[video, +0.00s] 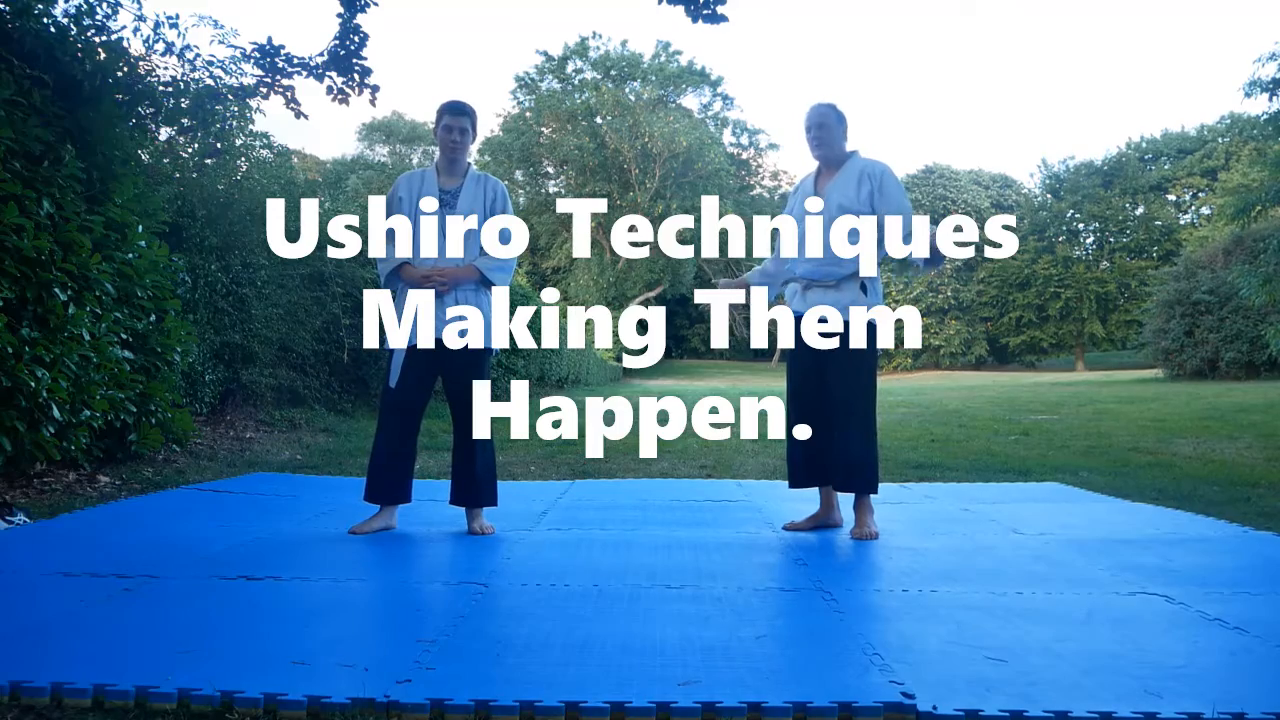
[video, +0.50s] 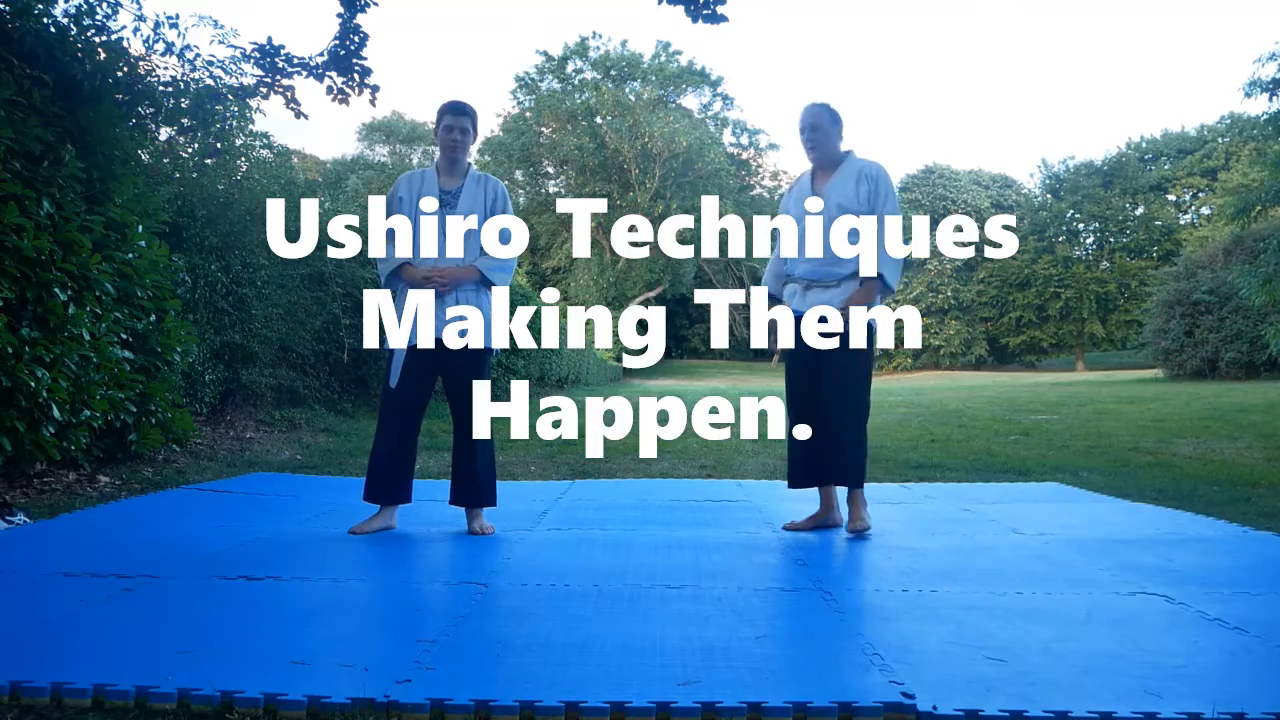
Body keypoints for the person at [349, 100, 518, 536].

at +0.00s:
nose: (455, 137)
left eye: (463, 131)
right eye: (448, 129)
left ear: (474, 139)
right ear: (435, 133)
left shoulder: (492, 190)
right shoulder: (406, 185)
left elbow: (504, 258)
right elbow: (388, 253)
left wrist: (457, 273)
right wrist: (416, 275)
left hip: (470, 321)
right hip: (414, 319)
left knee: (472, 415)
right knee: (398, 411)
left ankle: (475, 512)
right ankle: (387, 510)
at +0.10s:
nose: (455, 137)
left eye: (463, 131)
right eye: (448, 129)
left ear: (474, 139)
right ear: (435, 133)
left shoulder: (492, 190)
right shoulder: (406, 185)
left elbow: (504, 258)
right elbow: (388, 252)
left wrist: (459, 273)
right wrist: (415, 275)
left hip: (470, 321)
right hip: (414, 319)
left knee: (472, 415)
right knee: (398, 411)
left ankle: (475, 513)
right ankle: (387, 510)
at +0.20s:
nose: (455, 137)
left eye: (464, 131)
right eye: (449, 129)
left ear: (475, 139)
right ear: (435, 133)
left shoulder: (492, 190)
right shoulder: (406, 185)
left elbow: (504, 258)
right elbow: (388, 254)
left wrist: (458, 274)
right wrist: (417, 276)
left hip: (470, 322)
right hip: (414, 320)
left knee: (473, 415)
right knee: (398, 411)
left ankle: (475, 513)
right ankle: (387, 510)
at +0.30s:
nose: (455, 137)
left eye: (464, 131)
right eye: (449, 129)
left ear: (475, 139)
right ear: (435, 134)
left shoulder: (492, 190)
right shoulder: (406, 186)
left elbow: (504, 258)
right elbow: (388, 254)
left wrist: (459, 273)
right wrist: (419, 276)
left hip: (470, 322)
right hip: (414, 319)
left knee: (473, 415)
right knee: (398, 411)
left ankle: (475, 513)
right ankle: (387, 510)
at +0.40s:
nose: (455, 137)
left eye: (464, 131)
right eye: (449, 129)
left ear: (475, 139)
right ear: (435, 134)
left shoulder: (492, 190)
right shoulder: (406, 186)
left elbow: (504, 258)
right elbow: (388, 254)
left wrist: (459, 273)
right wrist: (418, 276)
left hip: (470, 321)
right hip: (414, 319)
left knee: (473, 414)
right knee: (398, 411)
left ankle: (475, 513)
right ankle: (387, 510)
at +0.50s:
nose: (456, 137)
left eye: (464, 131)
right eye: (449, 129)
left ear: (475, 139)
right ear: (435, 133)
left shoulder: (492, 190)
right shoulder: (406, 186)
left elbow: (504, 259)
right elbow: (389, 256)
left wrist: (457, 274)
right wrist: (421, 277)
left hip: (470, 322)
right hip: (414, 320)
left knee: (473, 415)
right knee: (399, 411)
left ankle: (475, 512)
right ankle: (387, 510)